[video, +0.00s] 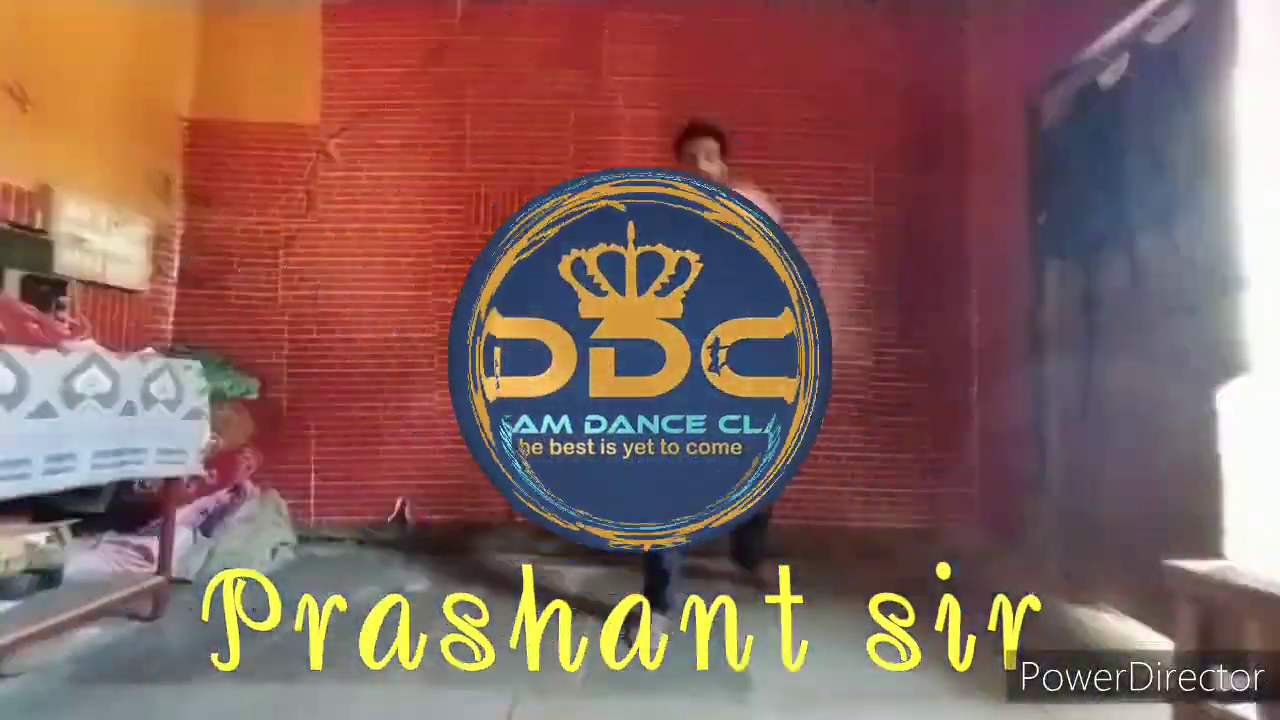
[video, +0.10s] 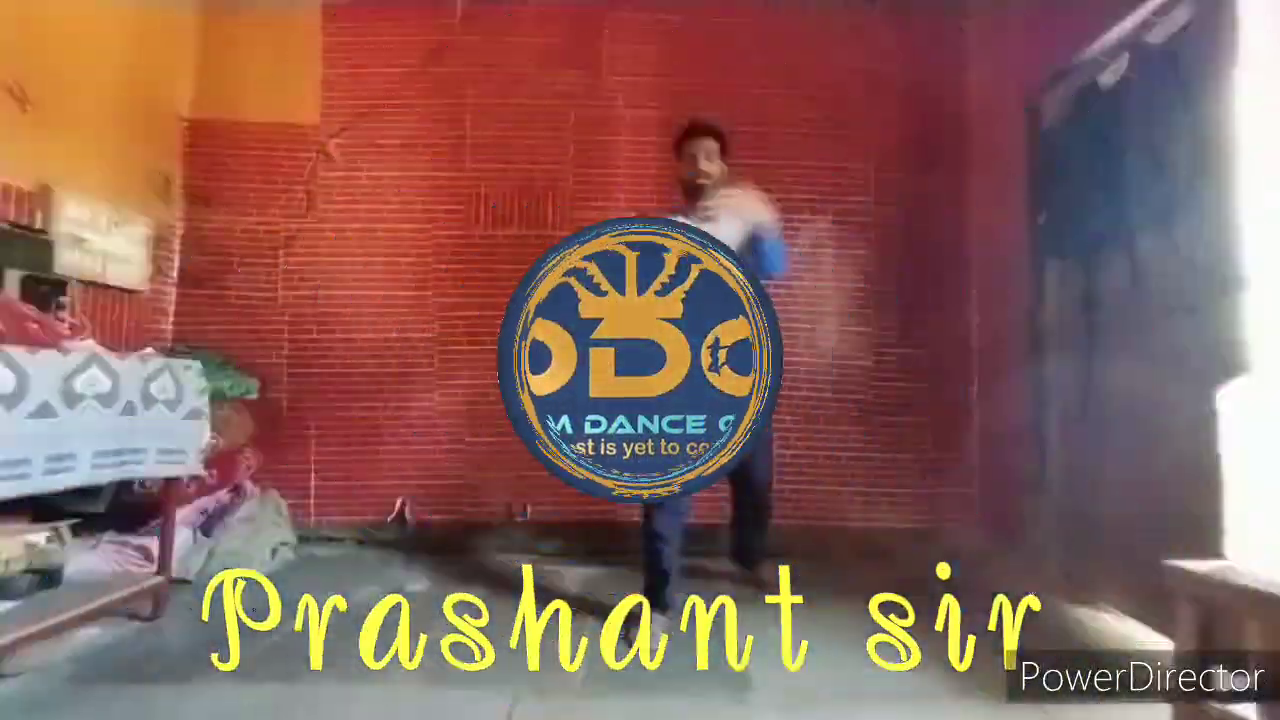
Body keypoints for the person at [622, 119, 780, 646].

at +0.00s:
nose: (704, 165)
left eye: (711, 156)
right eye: (693, 157)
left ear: (724, 159)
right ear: (680, 162)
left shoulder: (748, 204)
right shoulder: (666, 210)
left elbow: (777, 273)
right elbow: (650, 278)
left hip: (743, 353)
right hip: (672, 357)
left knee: (754, 452)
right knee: (664, 467)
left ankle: (749, 550)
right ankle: (656, 590)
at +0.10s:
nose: (702, 165)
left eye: (709, 155)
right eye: (692, 157)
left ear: (724, 160)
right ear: (680, 165)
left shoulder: (748, 209)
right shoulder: (672, 226)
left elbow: (775, 268)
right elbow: (655, 293)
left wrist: (760, 221)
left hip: (742, 357)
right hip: (677, 362)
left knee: (754, 466)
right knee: (666, 473)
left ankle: (749, 556)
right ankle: (658, 592)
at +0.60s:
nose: (673, 123)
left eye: (685, 114)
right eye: (665, 113)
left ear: (704, 127)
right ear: (652, 120)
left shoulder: (726, 176)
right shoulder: (629, 185)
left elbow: (733, 244)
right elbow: (628, 253)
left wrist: (707, 291)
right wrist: (644, 314)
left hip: (713, 358)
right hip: (650, 357)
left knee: (710, 488)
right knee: (648, 489)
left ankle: (702, 610)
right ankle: (655, 607)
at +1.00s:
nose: (702, 96)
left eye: (712, 86)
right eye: (690, 86)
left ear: (728, 98)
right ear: (672, 95)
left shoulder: (747, 176)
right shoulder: (639, 165)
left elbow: (751, 254)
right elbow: (603, 247)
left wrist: (742, 315)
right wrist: (608, 325)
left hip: (711, 355)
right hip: (640, 350)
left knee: (696, 482)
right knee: (634, 458)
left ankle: (682, 601)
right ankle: (636, 521)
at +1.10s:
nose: (703, 117)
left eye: (714, 107)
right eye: (691, 106)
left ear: (729, 119)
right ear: (673, 115)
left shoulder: (744, 202)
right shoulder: (640, 186)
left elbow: (746, 283)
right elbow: (604, 276)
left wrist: (750, 334)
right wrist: (600, 351)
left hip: (716, 372)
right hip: (649, 367)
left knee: (699, 497)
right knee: (632, 472)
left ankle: (678, 602)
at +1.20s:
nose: (701, 112)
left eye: (712, 103)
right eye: (690, 102)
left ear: (726, 114)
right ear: (672, 111)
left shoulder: (746, 197)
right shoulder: (639, 181)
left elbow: (755, 274)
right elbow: (608, 269)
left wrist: (753, 324)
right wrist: (600, 343)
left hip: (717, 366)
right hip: (648, 362)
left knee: (701, 496)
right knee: (639, 474)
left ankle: (681, 604)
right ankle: (652, 409)